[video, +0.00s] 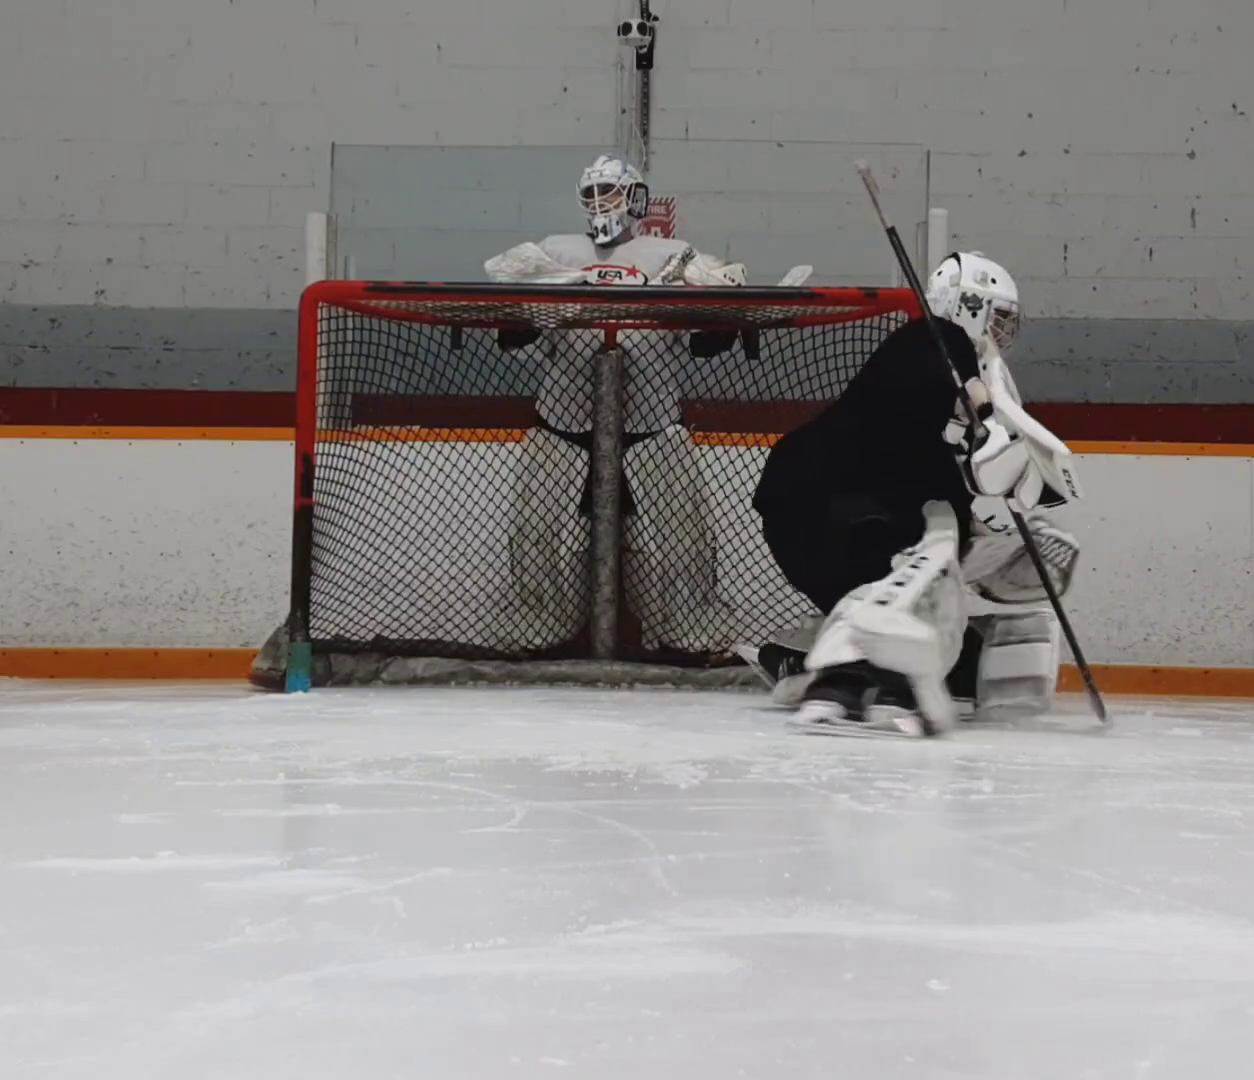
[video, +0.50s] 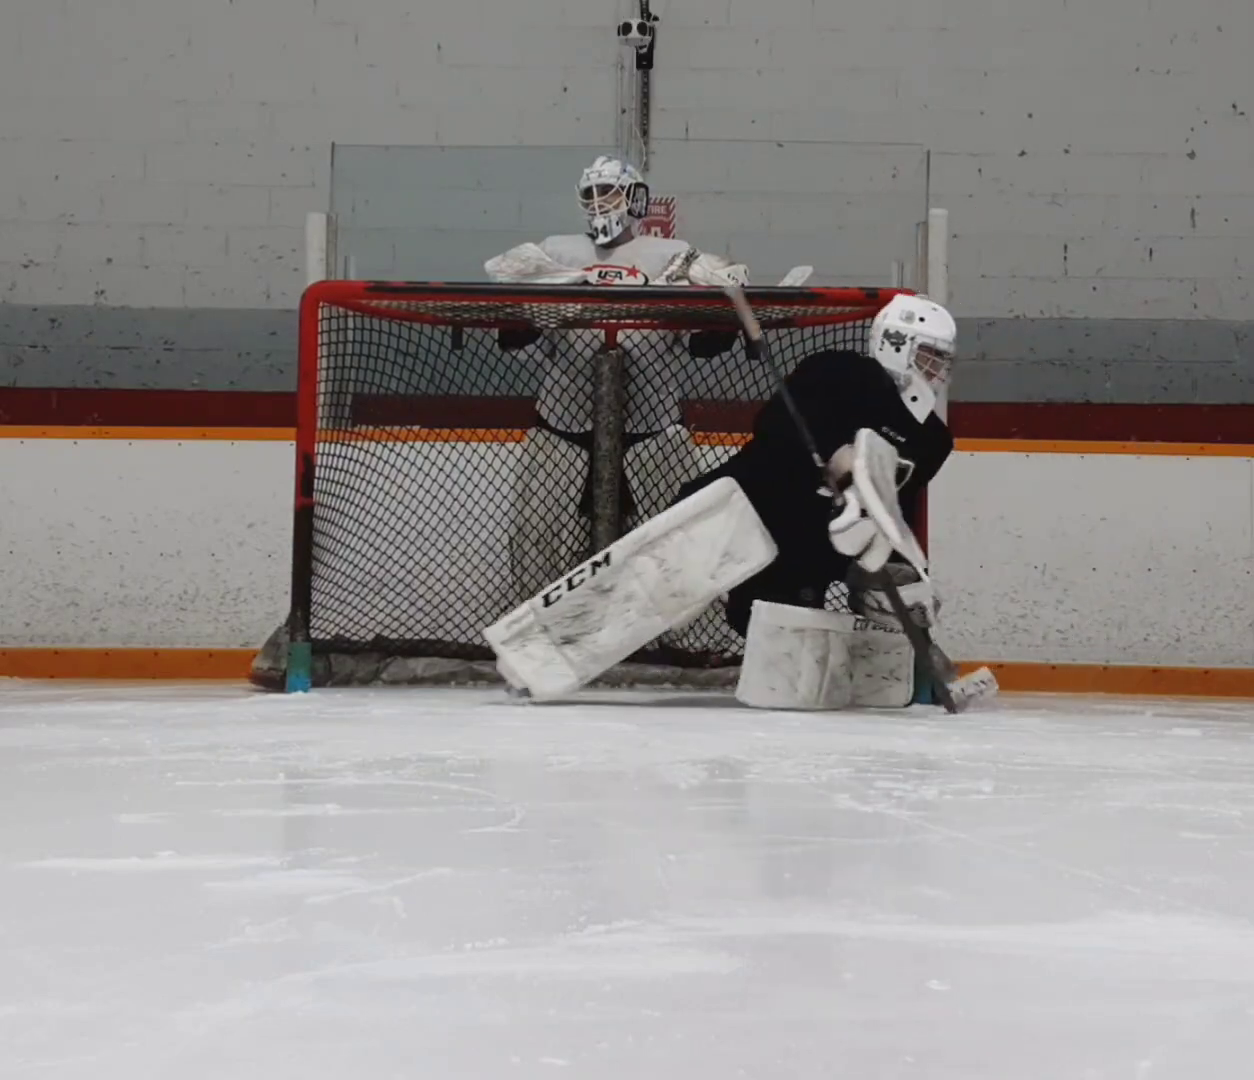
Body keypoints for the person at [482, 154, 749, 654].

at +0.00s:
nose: (602, 204)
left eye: (612, 193)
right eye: (593, 195)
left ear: (636, 198)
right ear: (583, 203)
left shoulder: (670, 259)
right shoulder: (555, 255)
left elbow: (707, 343)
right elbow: (511, 337)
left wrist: (717, 292)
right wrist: (520, 287)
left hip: (650, 436)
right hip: (563, 435)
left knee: (674, 538)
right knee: (542, 535)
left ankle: (673, 638)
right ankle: (548, 637)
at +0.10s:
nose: (601, 203)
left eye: (611, 193)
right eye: (593, 195)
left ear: (636, 197)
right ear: (583, 202)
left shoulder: (669, 258)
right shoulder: (555, 255)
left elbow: (707, 342)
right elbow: (510, 337)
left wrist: (719, 293)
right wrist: (521, 288)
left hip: (649, 434)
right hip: (563, 432)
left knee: (674, 536)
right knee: (540, 532)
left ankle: (677, 639)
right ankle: (550, 634)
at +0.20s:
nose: (600, 205)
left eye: (611, 194)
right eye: (592, 196)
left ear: (636, 199)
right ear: (582, 203)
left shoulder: (670, 259)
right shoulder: (556, 256)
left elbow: (706, 344)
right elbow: (511, 337)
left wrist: (718, 293)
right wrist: (526, 288)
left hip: (649, 436)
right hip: (563, 435)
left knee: (674, 540)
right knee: (542, 538)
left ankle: (675, 646)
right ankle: (543, 647)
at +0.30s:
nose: (600, 205)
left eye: (610, 194)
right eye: (592, 196)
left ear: (636, 198)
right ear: (582, 203)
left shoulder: (671, 259)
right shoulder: (556, 256)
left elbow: (707, 344)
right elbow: (510, 337)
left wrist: (718, 292)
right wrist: (535, 292)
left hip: (650, 437)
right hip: (562, 436)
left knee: (678, 538)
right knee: (540, 539)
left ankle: (669, 646)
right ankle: (542, 646)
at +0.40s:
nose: (601, 205)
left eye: (611, 194)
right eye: (593, 196)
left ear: (636, 198)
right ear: (582, 203)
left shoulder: (671, 258)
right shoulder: (556, 255)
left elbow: (710, 342)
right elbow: (510, 336)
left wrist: (715, 288)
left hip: (650, 436)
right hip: (562, 435)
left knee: (664, 545)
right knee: (541, 545)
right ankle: (550, 649)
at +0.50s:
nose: (599, 205)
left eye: (610, 193)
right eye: (591, 196)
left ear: (636, 196)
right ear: (582, 202)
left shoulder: (671, 256)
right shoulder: (559, 253)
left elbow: (706, 346)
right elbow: (511, 341)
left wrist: (715, 300)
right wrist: (525, 296)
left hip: (651, 436)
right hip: (562, 434)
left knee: (671, 550)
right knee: (540, 551)